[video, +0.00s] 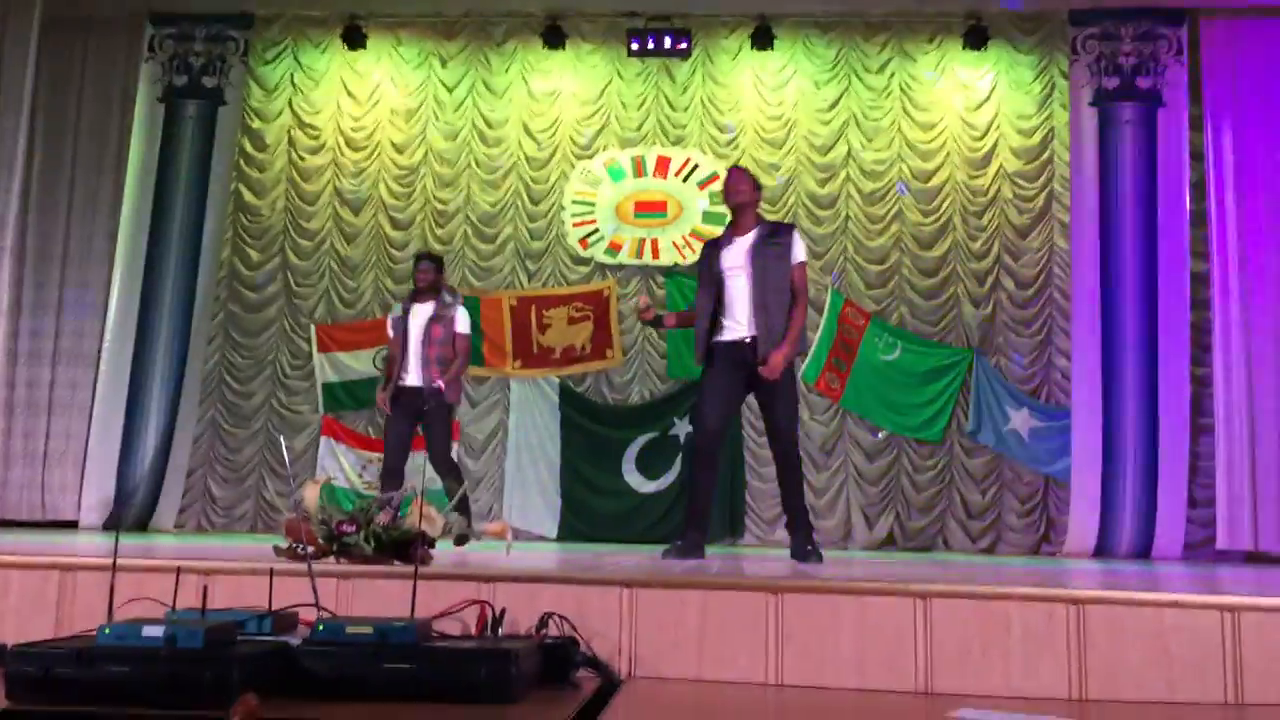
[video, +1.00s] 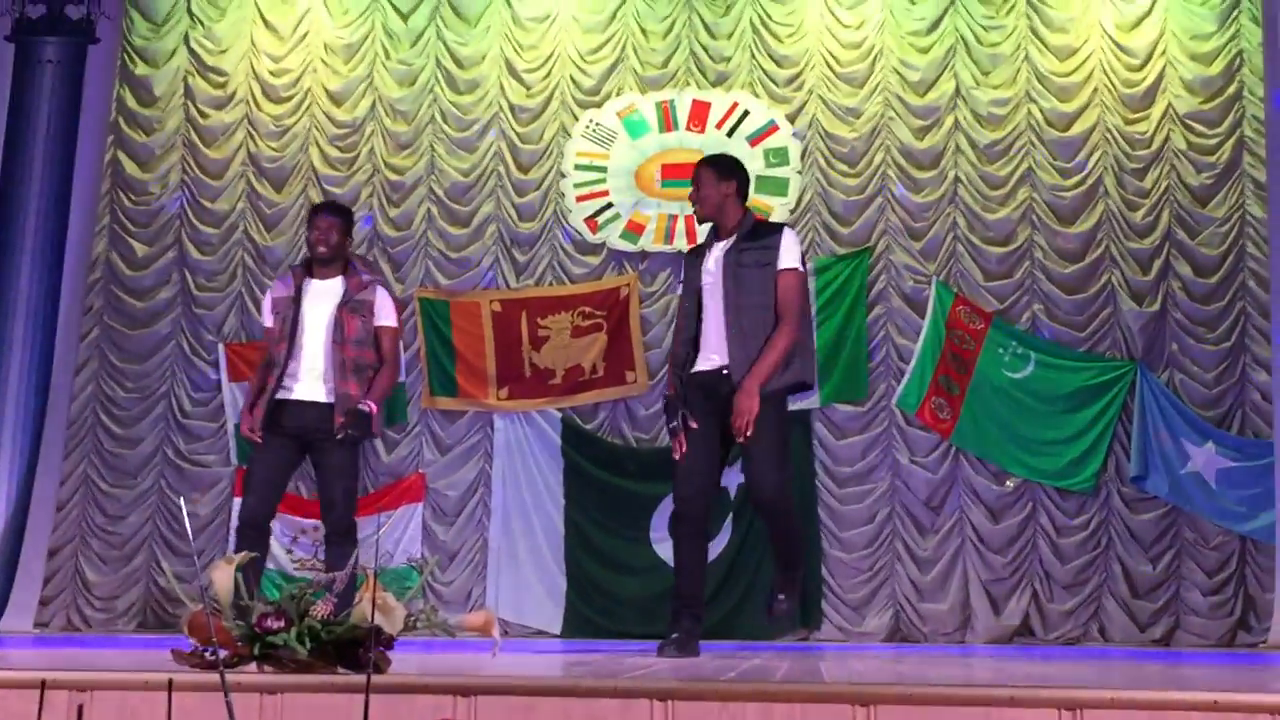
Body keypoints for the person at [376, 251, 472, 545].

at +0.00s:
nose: (421, 277)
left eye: (427, 272)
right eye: (418, 272)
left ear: (439, 276)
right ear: (413, 275)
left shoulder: (456, 312)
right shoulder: (401, 310)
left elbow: (462, 356)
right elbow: (394, 354)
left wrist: (442, 384)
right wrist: (386, 386)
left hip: (436, 393)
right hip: (402, 393)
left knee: (440, 458)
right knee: (392, 461)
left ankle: (464, 517)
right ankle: (385, 526)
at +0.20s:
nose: (401, 266)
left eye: (408, 261)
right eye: (397, 261)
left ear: (421, 266)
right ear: (392, 265)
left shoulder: (441, 302)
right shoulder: (377, 305)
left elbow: (457, 350)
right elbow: (368, 354)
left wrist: (439, 377)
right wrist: (363, 389)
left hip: (423, 392)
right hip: (387, 393)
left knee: (425, 458)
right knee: (386, 462)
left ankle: (431, 518)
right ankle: (388, 518)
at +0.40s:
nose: (353, 248)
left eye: (361, 243)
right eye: (348, 242)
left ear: (376, 248)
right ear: (340, 247)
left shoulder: (400, 293)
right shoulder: (323, 297)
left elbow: (429, 348)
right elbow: (314, 358)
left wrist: (407, 378)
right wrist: (310, 403)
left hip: (381, 403)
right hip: (338, 405)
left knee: (380, 486)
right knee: (342, 493)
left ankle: (380, 566)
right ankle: (348, 567)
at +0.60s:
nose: (377, 256)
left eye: (385, 250)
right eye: (372, 249)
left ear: (401, 257)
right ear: (365, 254)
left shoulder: (423, 303)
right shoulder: (344, 300)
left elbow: (442, 365)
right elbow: (334, 361)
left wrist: (420, 390)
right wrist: (323, 406)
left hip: (393, 413)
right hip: (349, 413)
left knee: (390, 497)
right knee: (351, 502)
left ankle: (390, 580)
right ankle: (370, 575)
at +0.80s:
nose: (345, 229)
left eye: (355, 223)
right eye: (340, 222)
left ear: (373, 231)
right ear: (332, 228)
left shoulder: (396, 284)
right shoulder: (310, 279)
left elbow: (414, 353)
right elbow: (297, 348)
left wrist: (389, 389)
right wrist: (278, 396)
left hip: (361, 407)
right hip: (308, 406)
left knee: (359, 505)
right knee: (279, 496)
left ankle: (354, 600)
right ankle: (314, 581)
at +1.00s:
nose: (321, 238)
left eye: (331, 231)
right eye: (315, 230)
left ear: (347, 239)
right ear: (306, 236)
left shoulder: (372, 293)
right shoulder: (283, 288)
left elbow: (391, 362)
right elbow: (272, 357)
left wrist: (368, 406)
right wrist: (254, 404)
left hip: (338, 421)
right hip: (281, 418)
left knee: (339, 523)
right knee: (253, 515)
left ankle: (338, 621)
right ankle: (241, 615)